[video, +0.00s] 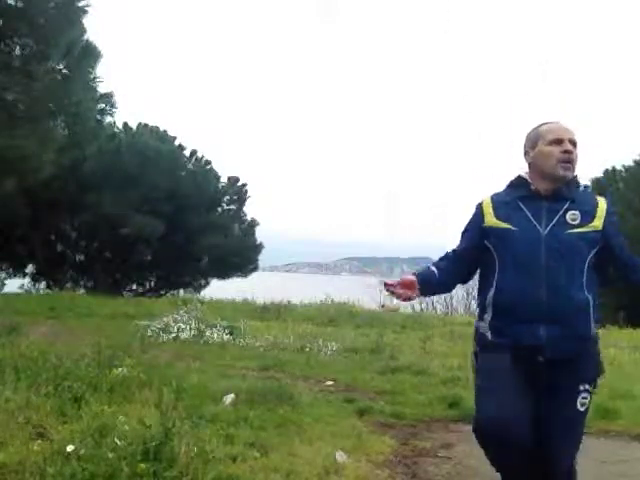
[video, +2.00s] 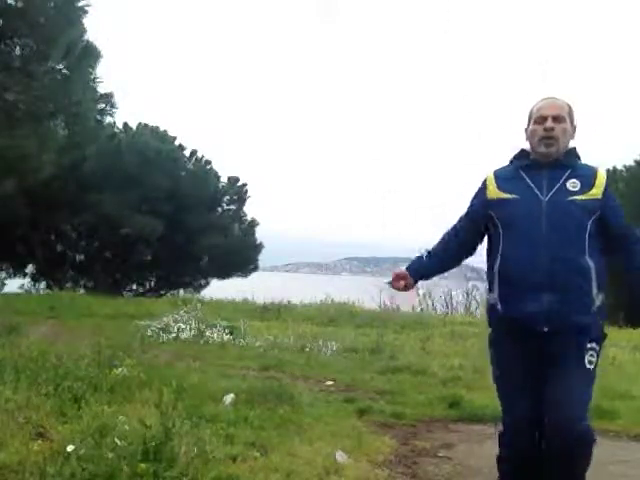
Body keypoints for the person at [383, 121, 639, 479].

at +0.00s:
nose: (568, 150)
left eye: (573, 144)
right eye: (556, 143)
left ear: (578, 155)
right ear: (530, 155)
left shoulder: (596, 211)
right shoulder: (493, 209)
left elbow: (626, 267)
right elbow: (460, 263)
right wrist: (421, 282)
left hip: (571, 352)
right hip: (503, 350)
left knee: (557, 455)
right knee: (498, 428)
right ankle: (524, 474)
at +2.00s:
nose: (548, 127)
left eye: (557, 120)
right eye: (540, 120)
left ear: (572, 130)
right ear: (528, 131)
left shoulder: (595, 184)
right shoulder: (497, 184)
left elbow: (627, 249)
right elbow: (460, 239)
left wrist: (630, 304)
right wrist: (415, 271)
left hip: (575, 328)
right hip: (512, 328)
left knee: (568, 428)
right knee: (519, 430)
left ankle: (565, 476)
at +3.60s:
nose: (552, 152)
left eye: (562, 146)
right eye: (543, 146)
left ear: (577, 158)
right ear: (529, 156)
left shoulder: (605, 211)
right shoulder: (495, 209)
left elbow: (636, 248)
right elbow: (448, 257)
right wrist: (391, 280)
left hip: (574, 355)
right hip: (506, 351)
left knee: (559, 454)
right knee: (495, 429)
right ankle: (524, 473)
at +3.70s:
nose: (550, 145)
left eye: (560, 138)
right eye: (542, 137)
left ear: (575, 148)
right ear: (528, 147)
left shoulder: (598, 204)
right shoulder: (497, 205)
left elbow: (629, 253)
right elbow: (472, 266)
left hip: (572, 347)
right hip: (505, 343)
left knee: (562, 453)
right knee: (487, 413)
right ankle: (505, 474)